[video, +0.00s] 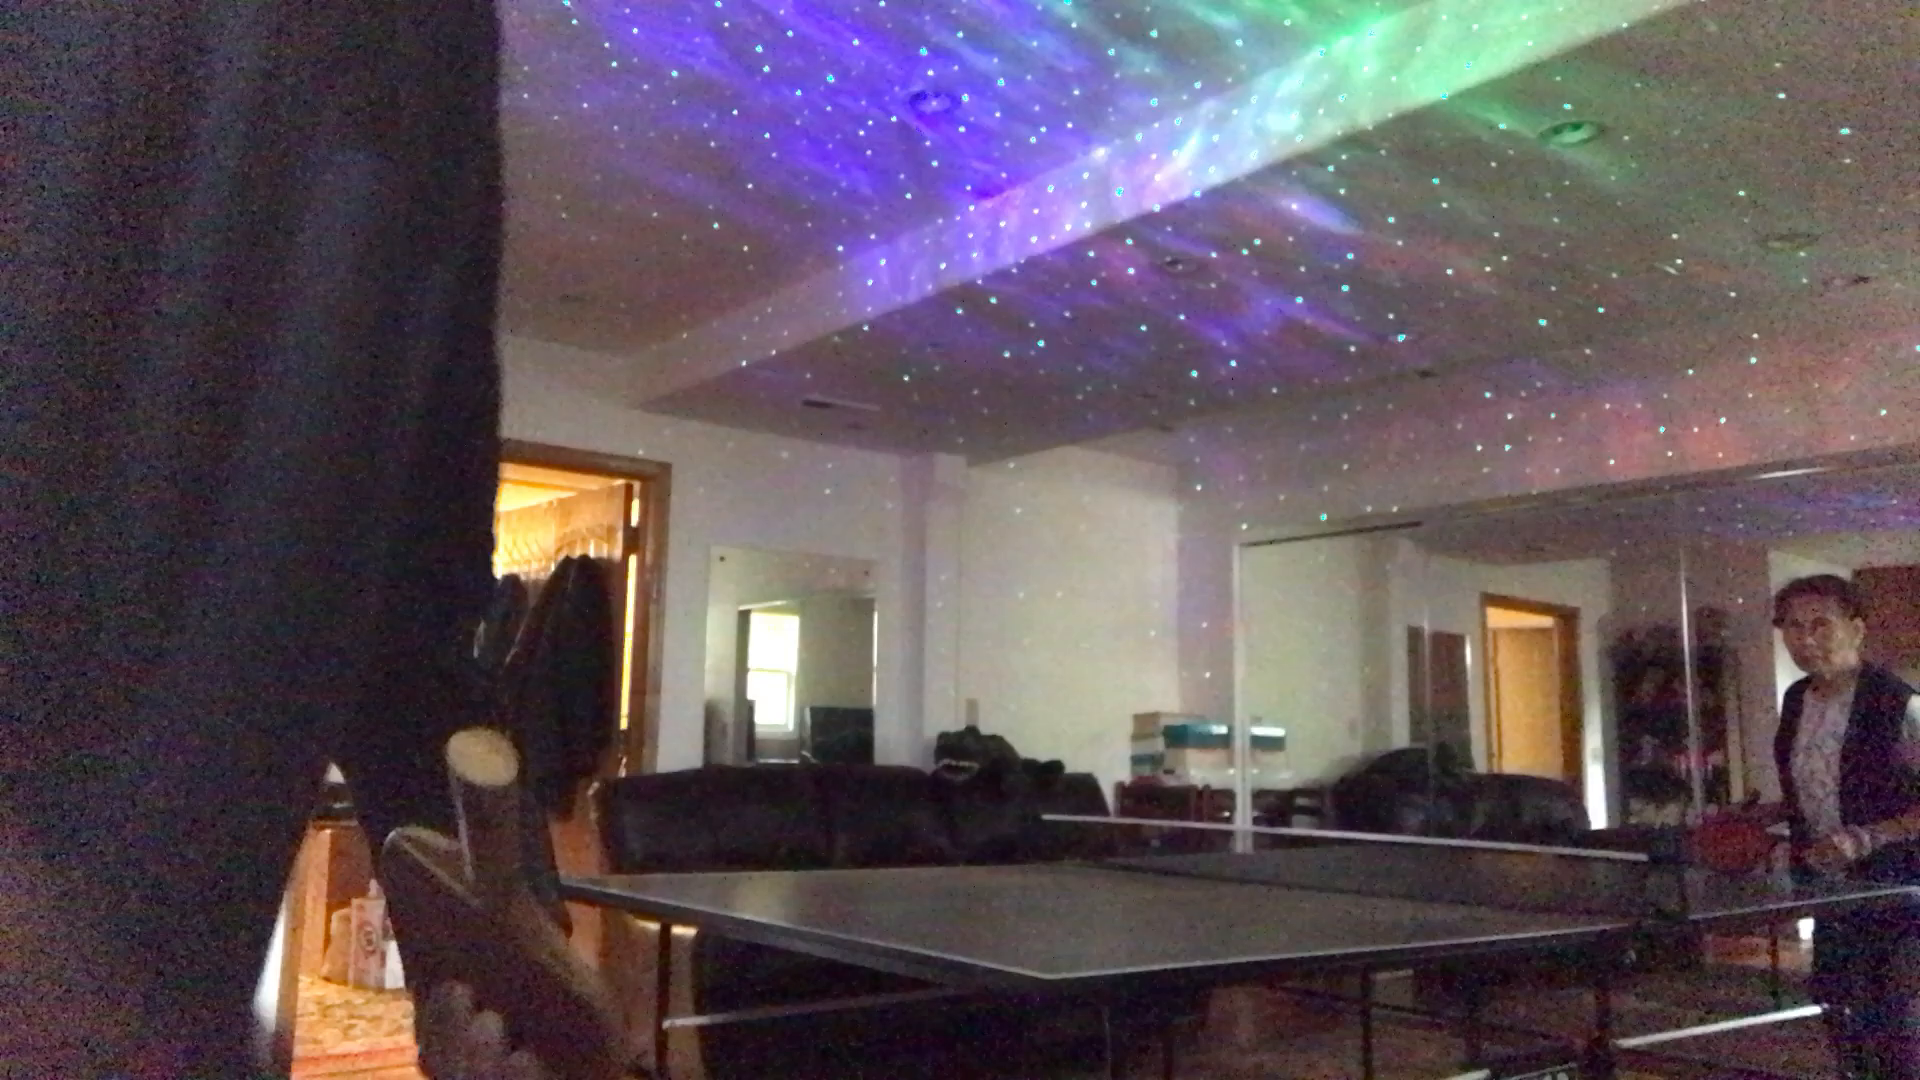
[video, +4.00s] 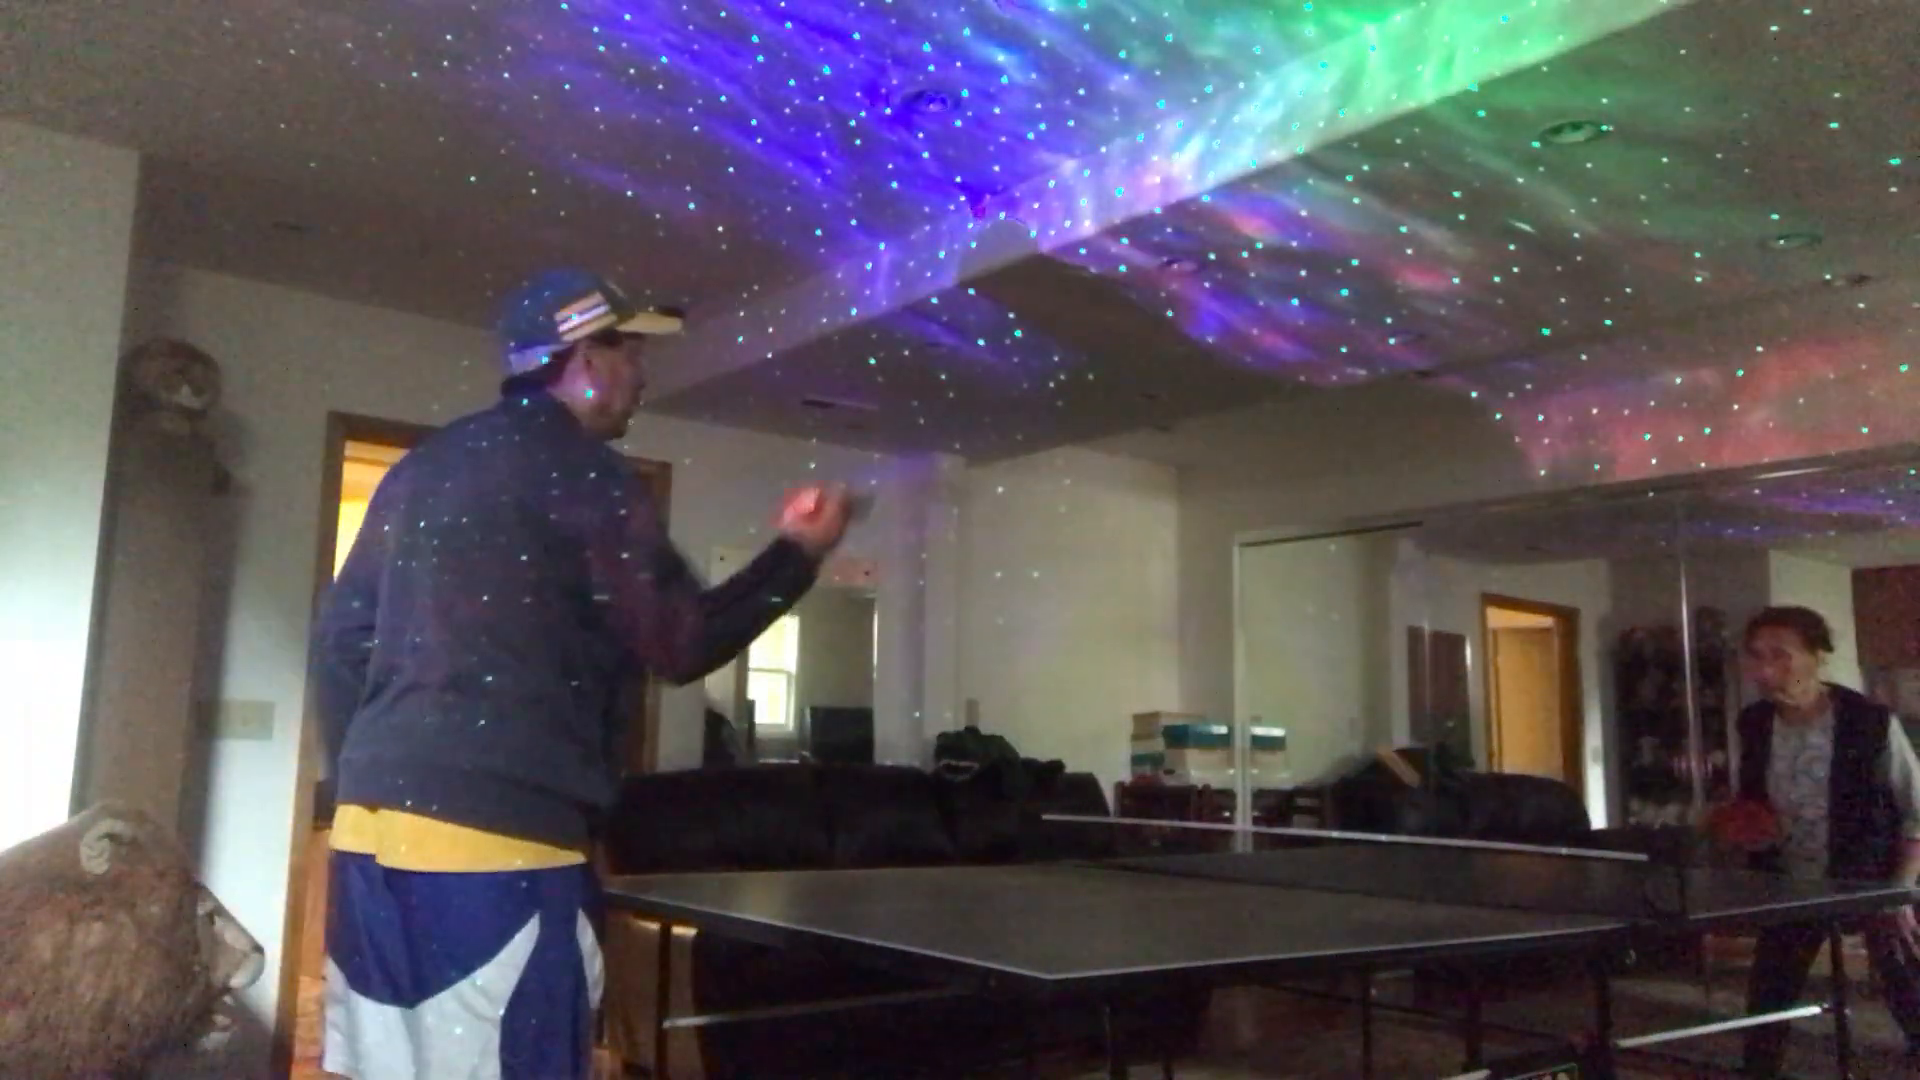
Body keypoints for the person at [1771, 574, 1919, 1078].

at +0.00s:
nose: (1804, 638)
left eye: (1818, 623)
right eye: (1792, 626)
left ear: (1856, 628)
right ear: (1783, 635)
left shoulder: (1893, 699)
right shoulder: (1797, 698)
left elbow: (1917, 809)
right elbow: (1803, 796)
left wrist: (1861, 840)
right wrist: (1772, 818)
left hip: (1894, 891)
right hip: (1830, 890)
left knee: (1890, 1021)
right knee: (1834, 1005)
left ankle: (1893, 1069)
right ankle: (1856, 1068)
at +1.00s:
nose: (1748, 664)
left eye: (1751, 648)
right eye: (1744, 652)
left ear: (1786, 637)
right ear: (1791, 640)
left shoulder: (1831, 696)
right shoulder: (1821, 694)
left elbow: (1817, 802)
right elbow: (1804, 786)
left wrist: (1734, 798)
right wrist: (1746, 769)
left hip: (1861, 887)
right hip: (1848, 886)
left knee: (1853, 1006)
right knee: (1849, 1004)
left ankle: (1870, 1072)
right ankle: (1867, 1071)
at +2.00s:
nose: (1733, 663)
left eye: (1745, 649)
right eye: (1728, 651)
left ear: (1784, 653)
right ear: (1722, 660)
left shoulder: (1842, 715)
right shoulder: (1729, 726)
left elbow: (1901, 802)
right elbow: (1728, 814)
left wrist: (1899, 885)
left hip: (1855, 877)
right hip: (1777, 884)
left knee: (1901, 995)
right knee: (1784, 1006)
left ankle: (1916, 1061)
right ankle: (1802, 1072)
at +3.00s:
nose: (1695, 654)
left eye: (1705, 642)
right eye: (1694, 643)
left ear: (1742, 645)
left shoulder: (1796, 711)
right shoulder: (1692, 707)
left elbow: (1842, 808)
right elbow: (1625, 737)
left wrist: (1821, 888)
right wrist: (1562, 724)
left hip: (1808, 873)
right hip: (1738, 879)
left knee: (1858, 987)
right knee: (1745, 995)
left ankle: (1899, 1067)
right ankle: (1750, 1071)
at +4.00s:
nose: (1765, 671)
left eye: (1778, 655)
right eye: (1757, 658)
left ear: (1817, 658)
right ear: (1750, 664)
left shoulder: (1871, 722)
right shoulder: (1752, 725)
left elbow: (1913, 812)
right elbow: (1747, 808)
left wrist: (1903, 894)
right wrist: (1742, 828)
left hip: (1869, 888)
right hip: (1790, 889)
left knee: (1908, 993)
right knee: (1766, 1002)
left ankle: (1918, 1053)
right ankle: (1758, 1072)